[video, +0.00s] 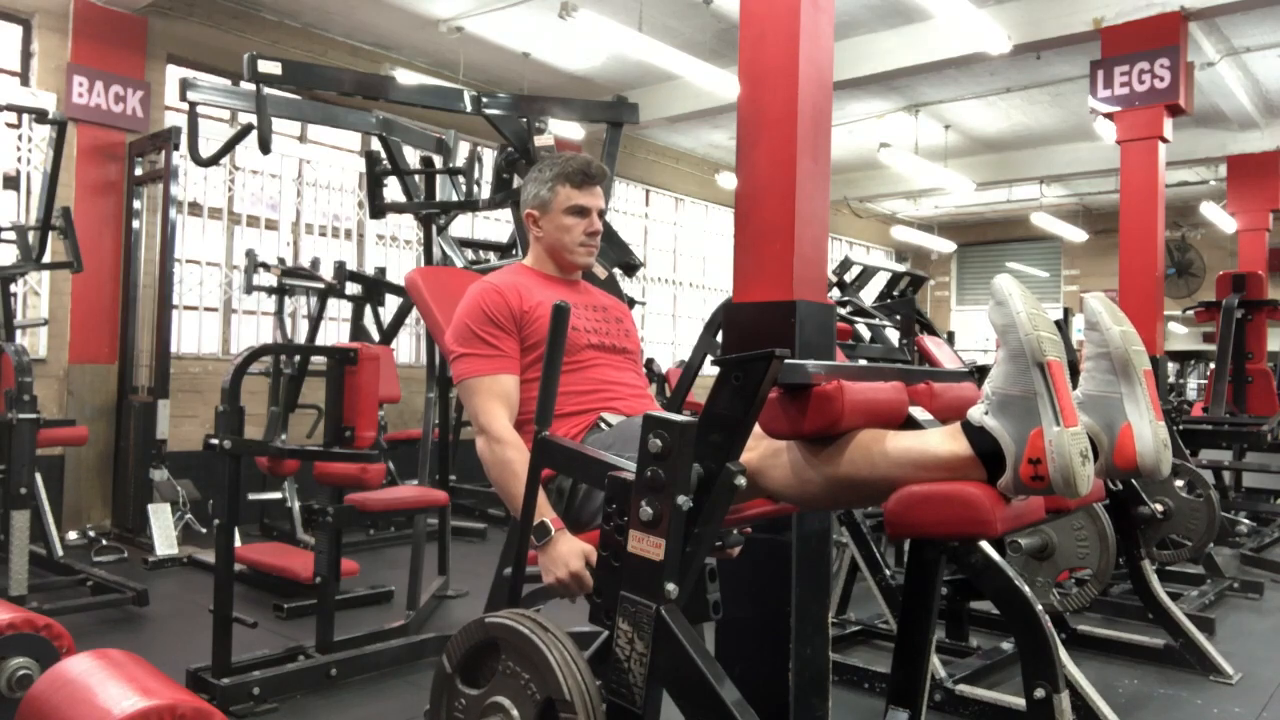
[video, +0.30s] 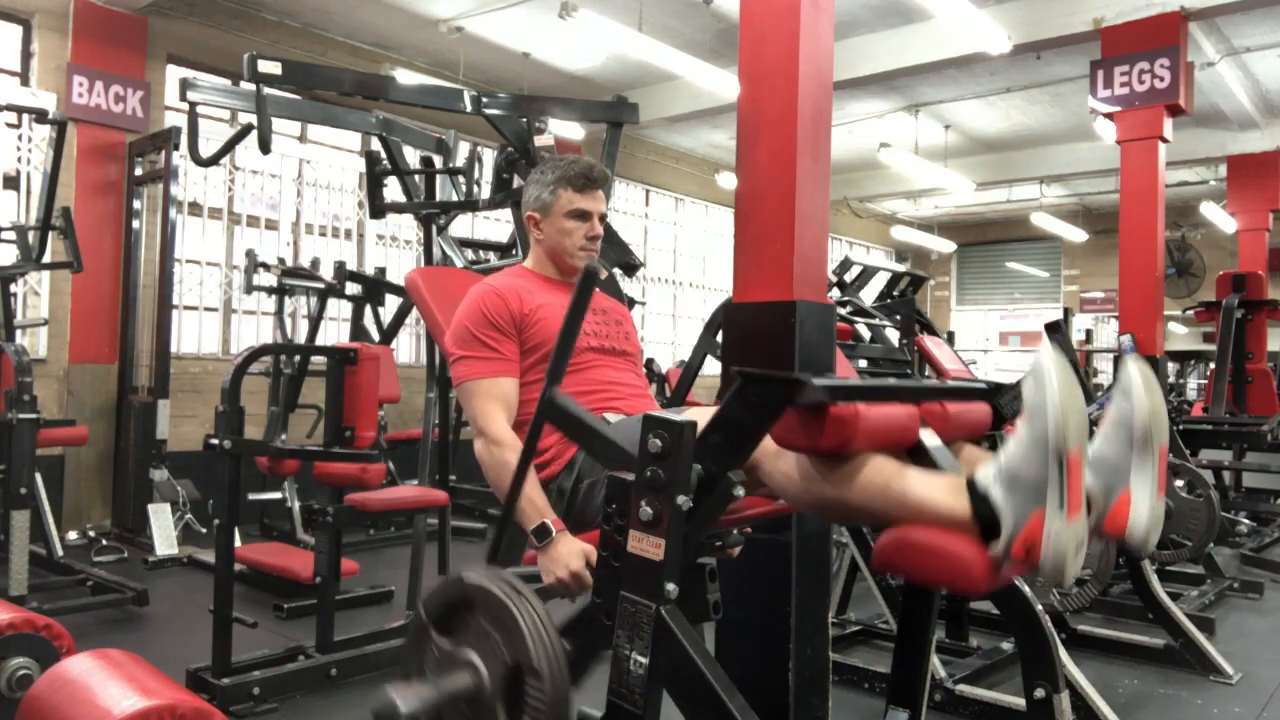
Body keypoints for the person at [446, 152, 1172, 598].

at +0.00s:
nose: (591, 228)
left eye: (597, 216)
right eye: (576, 214)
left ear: (598, 222)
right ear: (530, 216)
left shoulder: (610, 306)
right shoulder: (496, 295)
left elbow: (649, 399)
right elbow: (491, 428)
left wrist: (715, 428)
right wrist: (548, 531)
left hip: (663, 444)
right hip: (586, 465)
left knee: (828, 447)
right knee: (773, 457)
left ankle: (1075, 442)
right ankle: (987, 443)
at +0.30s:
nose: (593, 234)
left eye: (598, 221)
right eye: (578, 219)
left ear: (598, 226)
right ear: (533, 219)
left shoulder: (608, 306)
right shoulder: (495, 298)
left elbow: (653, 398)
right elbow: (490, 429)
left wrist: (717, 421)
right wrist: (546, 533)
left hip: (656, 442)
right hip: (583, 465)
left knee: (817, 452)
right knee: (774, 455)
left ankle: (999, 501)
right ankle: (993, 504)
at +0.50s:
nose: (594, 234)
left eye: (601, 222)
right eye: (579, 219)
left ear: (603, 228)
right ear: (533, 221)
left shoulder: (609, 306)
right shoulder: (493, 300)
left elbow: (657, 401)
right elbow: (490, 433)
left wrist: (750, 410)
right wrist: (550, 533)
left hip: (656, 444)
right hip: (591, 463)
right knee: (783, 430)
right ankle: (954, 583)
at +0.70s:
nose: (593, 238)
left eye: (600, 225)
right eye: (578, 223)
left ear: (603, 225)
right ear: (532, 222)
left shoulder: (612, 301)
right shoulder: (494, 302)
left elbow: (659, 395)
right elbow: (493, 438)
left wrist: (732, 414)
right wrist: (552, 536)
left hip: (659, 439)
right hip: (581, 465)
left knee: (845, 417)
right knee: (768, 433)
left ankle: (983, 613)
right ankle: (884, 655)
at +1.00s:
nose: (600, 232)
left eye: (604, 220)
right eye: (586, 219)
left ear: (606, 228)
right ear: (539, 223)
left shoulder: (613, 304)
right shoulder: (508, 294)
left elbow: (650, 396)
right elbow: (490, 434)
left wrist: (717, 429)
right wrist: (550, 537)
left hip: (655, 445)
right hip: (586, 468)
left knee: (850, 421)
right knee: (757, 422)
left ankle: (901, 648)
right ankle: (793, 679)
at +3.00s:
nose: (597, 236)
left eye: (604, 225)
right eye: (583, 223)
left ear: (603, 230)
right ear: (538, 222)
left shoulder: (613, 305)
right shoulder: (496, 299)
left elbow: (657, 400)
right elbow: (486, 423)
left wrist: (732, 413)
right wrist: (552, 534)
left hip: (665, 437)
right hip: (587, 457)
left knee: (852, 416)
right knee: (762, 431)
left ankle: (960, 634)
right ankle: (862, 677)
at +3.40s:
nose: (593, 236)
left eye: (600, 223)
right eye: (579, 221)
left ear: (600, 225)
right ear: (534, 223)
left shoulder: (597, 300)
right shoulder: (495, 301)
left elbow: (635, 395)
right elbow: (494, 432)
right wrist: (556, 531)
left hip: (656, 437)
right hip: (589, 457)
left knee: (841, 415)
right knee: (778, 421)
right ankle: (925, 643)